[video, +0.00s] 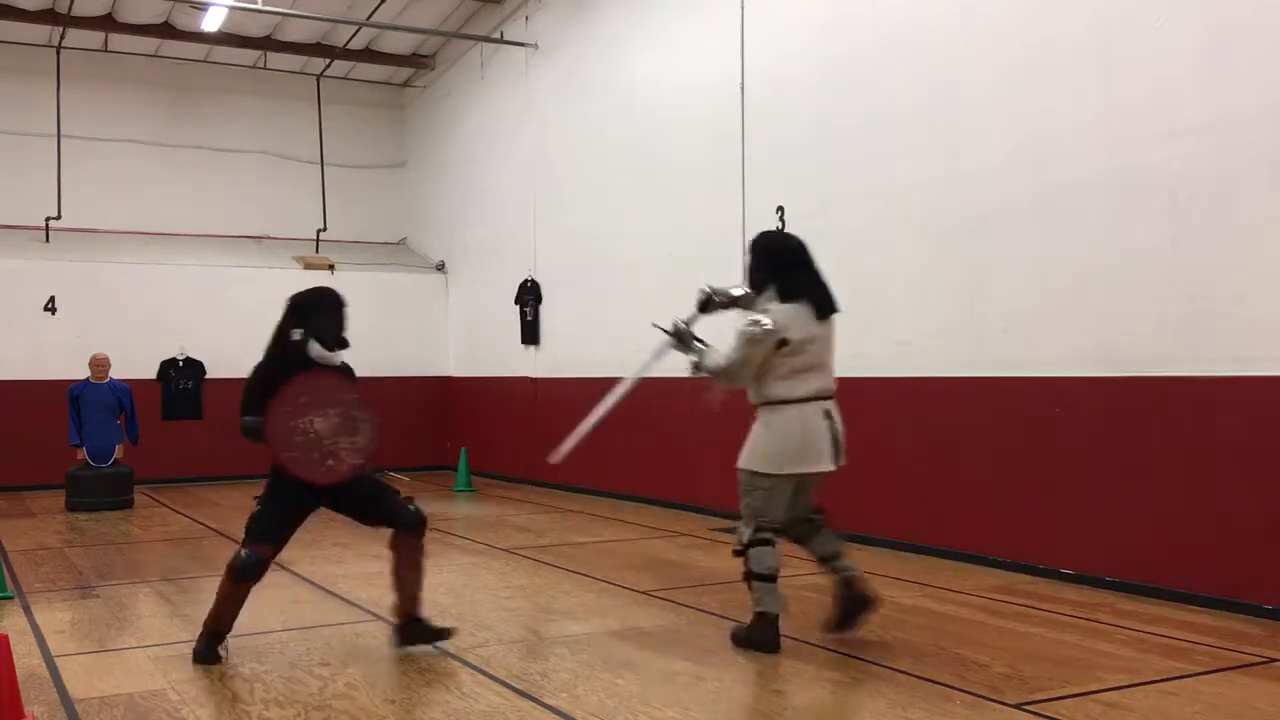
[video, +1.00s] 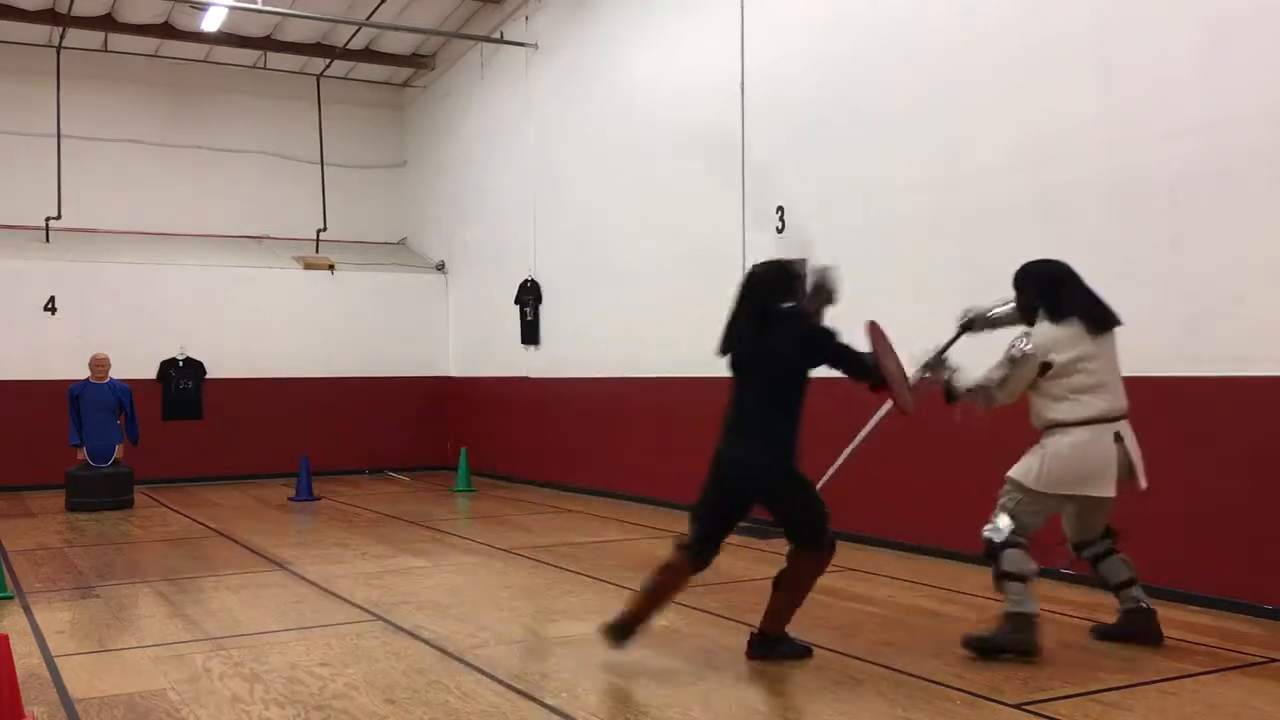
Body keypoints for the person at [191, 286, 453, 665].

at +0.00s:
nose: (342, 325)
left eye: (341, 317)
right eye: (334, 317)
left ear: (336, 318)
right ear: (308, 322)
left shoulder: (340, 372)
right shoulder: (277, 366)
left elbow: (351, 424)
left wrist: (348, 441)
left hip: (341, 477)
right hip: (292, 480)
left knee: (410, 521)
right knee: (250, 561)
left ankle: (409, 623)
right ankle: (212, 636)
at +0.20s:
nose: (425, 326)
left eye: (424, 317)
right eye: (420, 317)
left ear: (388, 316)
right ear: (401, 318)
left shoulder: (383, 356)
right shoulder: (375, 355)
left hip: (378, 479)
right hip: (354, 480)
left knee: (459, 533)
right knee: (287, 563)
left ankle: (435, 631)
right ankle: (215, 632)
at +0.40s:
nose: (524, 345)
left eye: (524, 337)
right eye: (522, 337)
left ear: (483, 324)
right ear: (512, 332)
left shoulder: (460, 355)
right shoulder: (504, 364)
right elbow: (544, 409)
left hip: (437, 473)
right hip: (450, 477)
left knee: (500, 551)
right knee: (497, 553)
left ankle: (443, 632)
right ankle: (388, 595)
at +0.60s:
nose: (614, 315)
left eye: (610, 307)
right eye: (610, 308)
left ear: (569, 314)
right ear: (600, 312)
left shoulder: (553, 352)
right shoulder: (607, 347)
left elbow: (529, 338)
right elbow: (671, 373)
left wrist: (551, 305)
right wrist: (707, 367)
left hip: (542, 471)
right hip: (577, 470)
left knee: (536, 562)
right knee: (660, 528)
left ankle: (457, 625)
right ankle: (711, 621)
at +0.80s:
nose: (710, 319)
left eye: (706, 313)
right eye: (705, 313)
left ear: (663, 322)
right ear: (699, 319)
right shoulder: (713, 352)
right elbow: (778, 367)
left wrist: (759, 399)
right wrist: (812, 359)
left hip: (664, 485)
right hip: (702, 484)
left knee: (629, 580)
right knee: (777, 536)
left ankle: (540, 635)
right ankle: (769, 636)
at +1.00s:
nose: (805, 297)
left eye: (801, 288)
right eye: (800, 290)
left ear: (755, 296)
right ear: (793, 296)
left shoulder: (745, 331)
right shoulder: (804, 332)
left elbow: (790, 342)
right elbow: (861, 367)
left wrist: (813, 309)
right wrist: (886, 372)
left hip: (731, 460)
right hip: (772, 465)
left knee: (697, 549)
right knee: (815, 546)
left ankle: (628, 621)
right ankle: (769, 636)